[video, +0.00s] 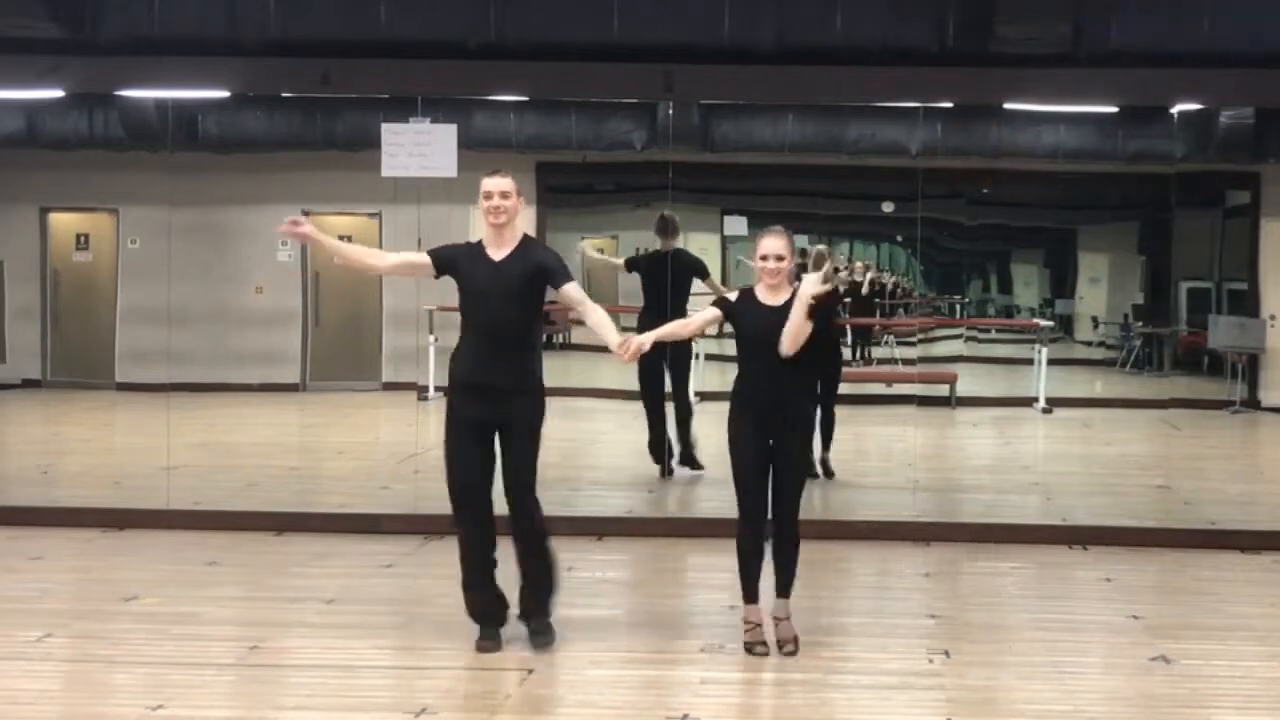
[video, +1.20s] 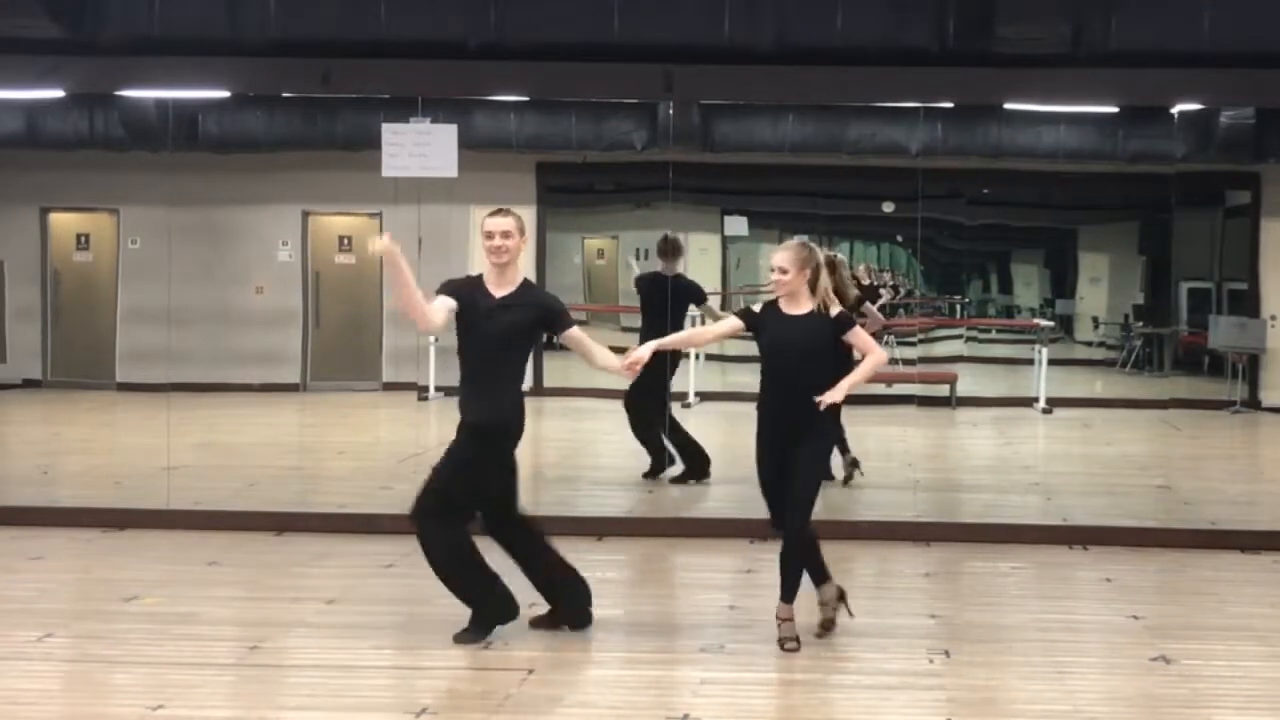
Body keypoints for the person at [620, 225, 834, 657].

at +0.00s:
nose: (771, 265)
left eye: (778, 258)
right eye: (764, 258)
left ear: (792, 262)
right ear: (754, 261)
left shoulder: (811, 305)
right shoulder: (739, 301)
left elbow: (788, 347)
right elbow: (693, 324)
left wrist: (803, 293)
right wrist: (649, 336)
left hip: (795, 423)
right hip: (749, 422)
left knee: (786, 518)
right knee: (752, 517)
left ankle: (783, 610)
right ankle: (753, 613)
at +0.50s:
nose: (778, 266)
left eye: (786, 259)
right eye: (771, 258)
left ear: (800, 263)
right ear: (761, 262)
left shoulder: (818, 306)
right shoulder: (746, 303)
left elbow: (806, 360)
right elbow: (699, 334)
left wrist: (764, 342)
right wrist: (669, 351)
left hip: (802, 424)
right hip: (759, 422)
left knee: (799, 522)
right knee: (770, 519)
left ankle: (786, 619)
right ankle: (756, 617)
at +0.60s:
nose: (777, 268)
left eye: (785, 261)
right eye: (771, 261)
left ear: (802, 264)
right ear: (762, 264)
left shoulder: (821, 307)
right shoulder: (753, 309)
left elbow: (834, 354)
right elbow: (703, 332)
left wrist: (790, 370)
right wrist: (675, 344)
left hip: (798, 427)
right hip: (755, 424)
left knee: (806, 521)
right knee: (753, 518)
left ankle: (784, 608)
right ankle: (747, 616)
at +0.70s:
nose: (766, 273)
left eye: (775, 266)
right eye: (764, 266)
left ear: (800, 268)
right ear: (764, 269)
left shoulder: (830, 313)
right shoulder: (761, 315)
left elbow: (861, 361)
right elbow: (707, 341)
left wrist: (822, 394)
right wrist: (683, 340)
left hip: (803, 428)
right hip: (757, 422)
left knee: (801, 527)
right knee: (729, 512)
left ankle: (783, 611)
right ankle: (698, 609)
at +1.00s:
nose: (767, 281)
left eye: (774, 275)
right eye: (767, 275)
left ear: (800, 277)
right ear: (777, 280)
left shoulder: (836, 317)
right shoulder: (766, 322)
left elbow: (878, 355)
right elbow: (712, 340)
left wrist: (845, 396)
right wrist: (689, 333)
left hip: (816, 433)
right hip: (768, 429)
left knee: (809, 529)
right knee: (731, 509)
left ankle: (785, 612)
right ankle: (692, 577)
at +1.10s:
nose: (770, 281)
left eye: (776, 274)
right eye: (769, 274)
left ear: (802, 276)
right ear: (789, 278)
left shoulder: (834, 320)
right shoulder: (767, 321)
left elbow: (878, 355)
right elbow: (712, 336)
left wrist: (844, 389)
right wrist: (670, 335)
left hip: (814, 434)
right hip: (769, 431)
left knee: (804, 524)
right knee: (754, 515)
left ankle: (790, 611)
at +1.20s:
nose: (773, 277)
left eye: (782, 271)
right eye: (773, 270)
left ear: (806, 274)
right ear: (775, 273)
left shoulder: (832, 318)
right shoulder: (762, 314)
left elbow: (877, 355)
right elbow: (705, 334)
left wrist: (842, 387)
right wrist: (651, 346)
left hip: (816, 429)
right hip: (773, 430)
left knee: (795, 520)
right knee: (788, 522)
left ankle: (785, 610)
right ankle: (827, 589)